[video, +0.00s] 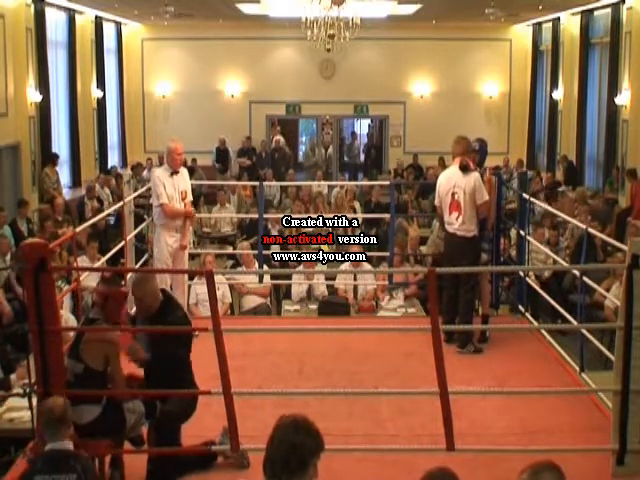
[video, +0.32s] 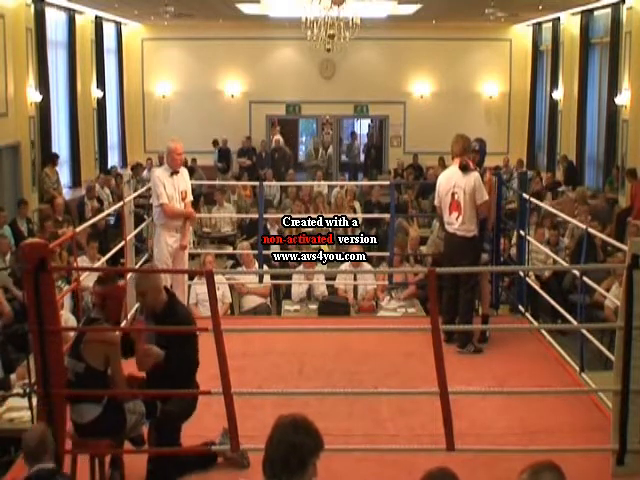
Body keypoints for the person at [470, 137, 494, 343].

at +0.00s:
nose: (472, 159)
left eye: (475, 155)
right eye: (471, 154)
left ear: (480, 155)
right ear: (473, 154)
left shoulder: (489, 178)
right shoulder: (465, 176)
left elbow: (491, 205)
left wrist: (490, 225)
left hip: (484, 231)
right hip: (468, 231)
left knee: (484, 275)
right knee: (467, 277)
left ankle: (484, 321)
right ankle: (463, 320)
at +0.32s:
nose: (474, 157)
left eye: (477, 153)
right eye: (472, 152)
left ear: (483, 155)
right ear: (467, 153)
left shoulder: (489, 178)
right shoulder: (463, 175)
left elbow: (491, 206)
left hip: (484, 231)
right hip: (467, 231)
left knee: (485, 275)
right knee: (466, 277)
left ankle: (484, 321)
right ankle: (463, 321)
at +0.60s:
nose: (473, 157)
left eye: (477, 153)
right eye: (471, 152)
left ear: (483, 155)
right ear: (467, 153)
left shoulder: (489, 179)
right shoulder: (463, 176)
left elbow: (491, 207)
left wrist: (491, 227)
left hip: (484, 231)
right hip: (466, 231)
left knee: (484, 276)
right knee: (466, 277)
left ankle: (484, 321)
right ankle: (463, 321)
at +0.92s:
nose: (474, 157)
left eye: (477, 153)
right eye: (472, 152)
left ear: (484, 155)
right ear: (467, 153)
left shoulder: (489, 179)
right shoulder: (462, 176)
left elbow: (492, 205)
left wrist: (491, 227)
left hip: (483, 230)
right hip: (465, 230)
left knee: (484, 275)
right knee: (465, 277)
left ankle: (484, 321)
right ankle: (461, 321)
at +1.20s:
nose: (473, 157)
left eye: (476, 153)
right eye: (471, 152)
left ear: (482, 154)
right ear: (469, 153)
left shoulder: (488, 177)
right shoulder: (464, 174)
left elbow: (492, 203)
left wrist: (490, 227)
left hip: (483, 229)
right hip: (466, 228)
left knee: (483, 276)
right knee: (466, 276)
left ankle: (484, 321)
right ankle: (463, 320)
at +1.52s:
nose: (472, 160)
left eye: (475, 155)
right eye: (471, 155)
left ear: (482, 155)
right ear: (470, 154)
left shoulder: (489, 178)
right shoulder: (465, 175)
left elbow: (492, 204)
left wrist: (490, 227)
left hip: (483, 229)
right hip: (467, 228)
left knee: (483, 275)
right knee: (468, 276)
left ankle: (484, 320)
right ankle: (465, 319)